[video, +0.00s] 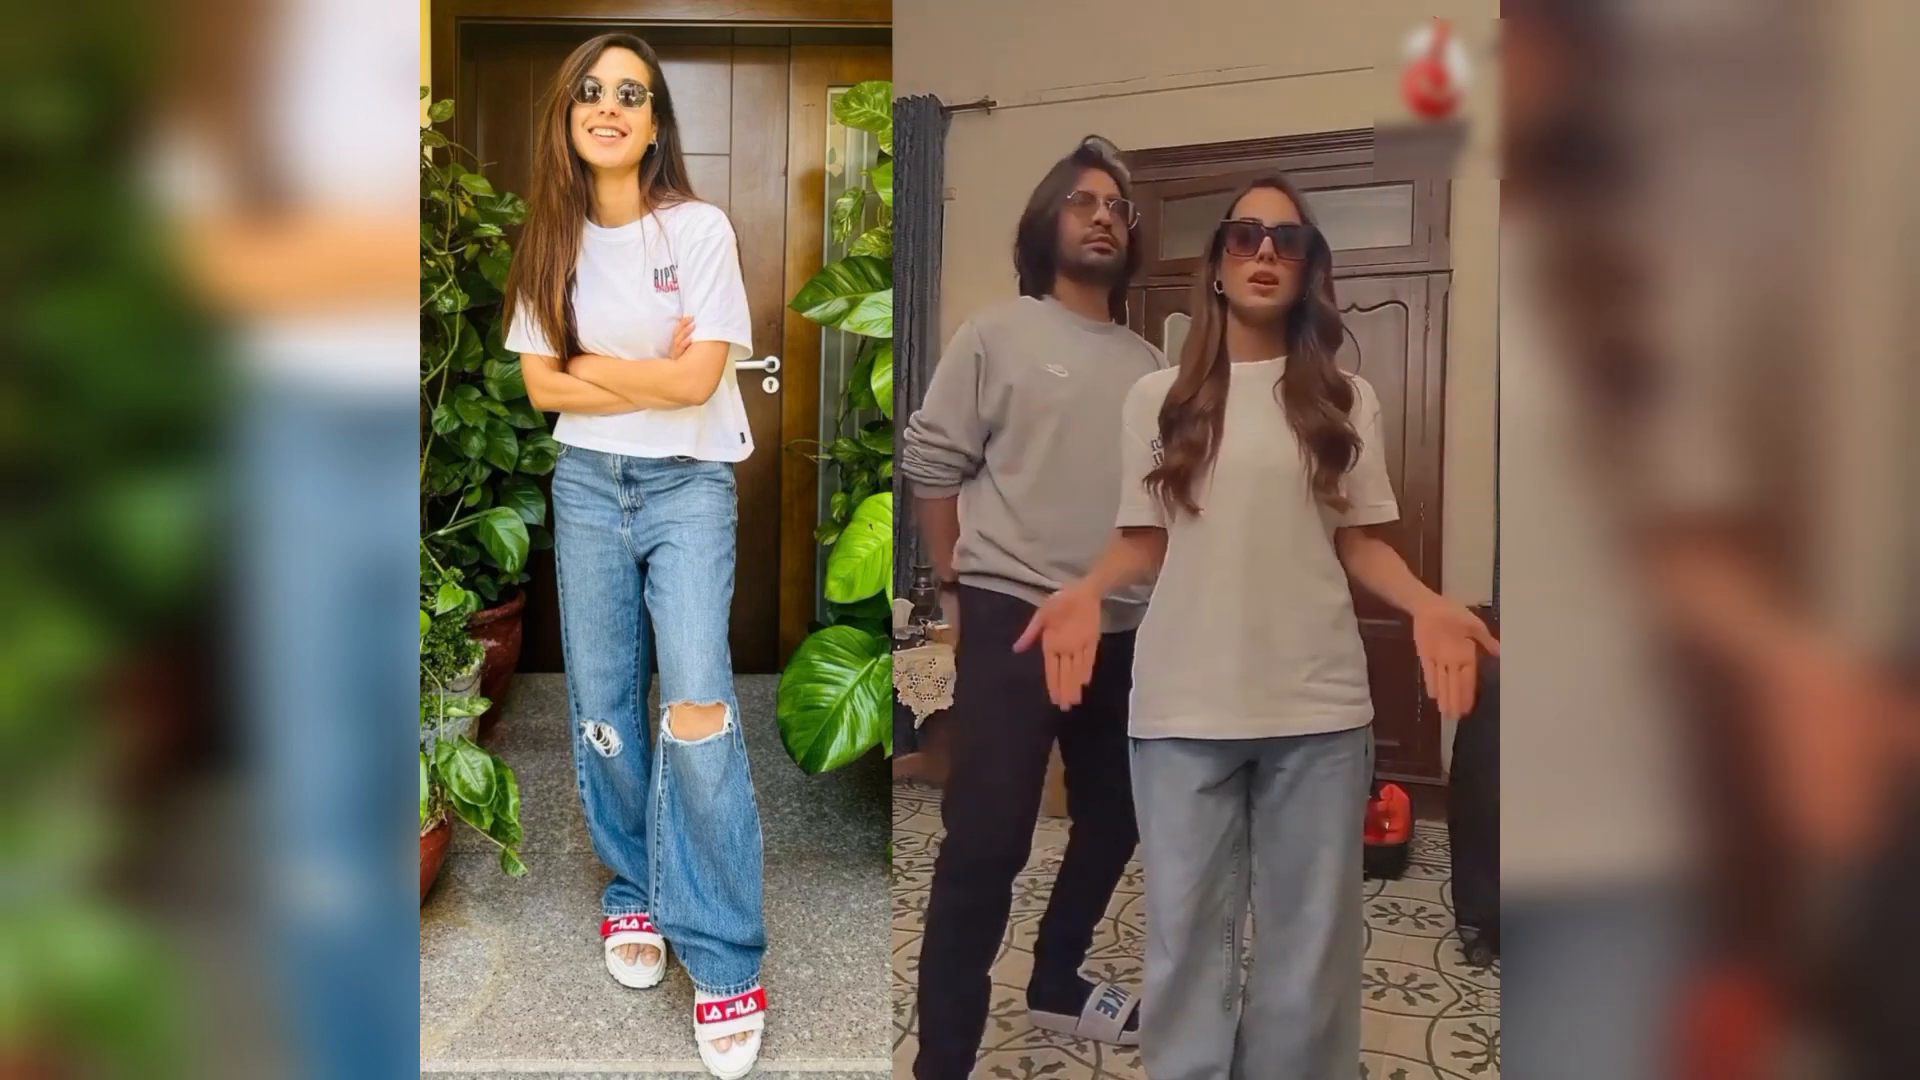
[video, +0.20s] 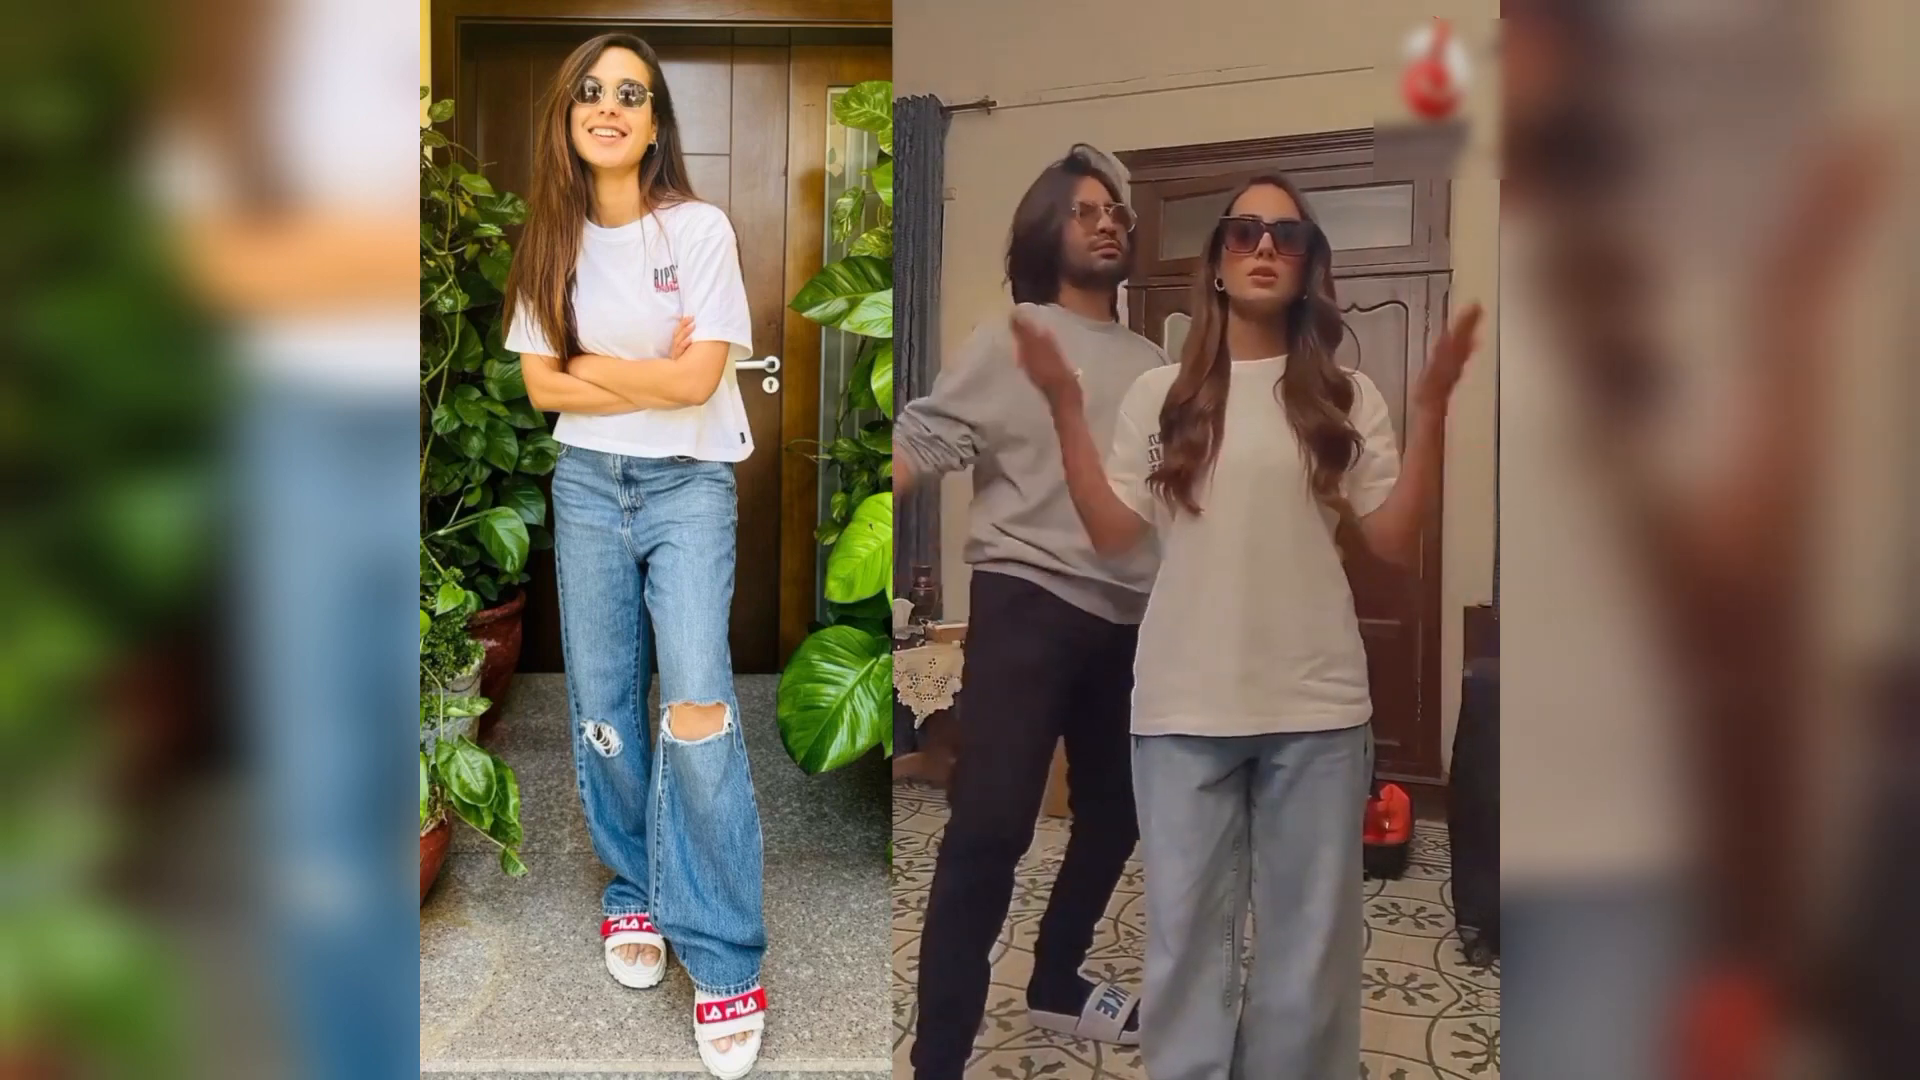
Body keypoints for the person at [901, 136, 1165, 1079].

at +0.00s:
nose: (1105, 218)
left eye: (1119, 207)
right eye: (1085, 204)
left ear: (1134, 233)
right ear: (1045, 225)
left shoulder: (1152, 361)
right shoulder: (994, 337)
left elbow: (1172, 496)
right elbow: (930, 464)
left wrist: (1162, 598)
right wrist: (952, 586)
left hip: (1124, 621)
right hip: (1009, 611)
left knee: (1112, 821)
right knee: (987, 840)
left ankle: (1057, 990)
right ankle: (942, 1062)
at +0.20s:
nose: (1107, 226)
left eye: (1116, 214)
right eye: (1085, 214)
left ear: (1128, 235)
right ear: (1044, 234)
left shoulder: (1153, 362)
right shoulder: (1009, 344)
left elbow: (1185, 492)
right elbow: (917, 450)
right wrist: (856, 484)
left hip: (1127, 614)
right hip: (1023, 598)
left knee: (1113, 815)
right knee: (991, 826)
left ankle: (1056, 992)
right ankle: (939, 1060)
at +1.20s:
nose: (1135, 232)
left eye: (1137, 221)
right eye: (1120, 216)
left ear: (1126, 244)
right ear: (1065, 224)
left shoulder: (1128, 348)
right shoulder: (998, 311)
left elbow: (1199, 402)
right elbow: (934, 450)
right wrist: (941, 593)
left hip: (1119, 619)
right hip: (1023, 612)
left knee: (1091, 817)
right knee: (999, 838)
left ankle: (1056, 993)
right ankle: (947, 1062)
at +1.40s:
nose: (1131, 237)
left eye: (1132, 225)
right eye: (1118, 223)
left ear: (1093, 247)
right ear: (1070, 232)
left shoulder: (1123, 351)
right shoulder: (989, 320)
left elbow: (1205, 393)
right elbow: (939, 461)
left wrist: (1184, 270)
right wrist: (949, 602)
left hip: (1122, 620)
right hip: (1026, 612)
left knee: (1101, 817)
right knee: (1007, 836)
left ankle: (1056, 994)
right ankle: (950, 1060)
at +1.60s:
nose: (1132, 241)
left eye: (1132, 226)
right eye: (1123, 227)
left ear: (1056, 235)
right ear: (1083, 235)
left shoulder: (1129, 340)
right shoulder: (993, 321)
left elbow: (1213, 359)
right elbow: (943, 461)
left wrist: (1185, 252)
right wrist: (949, 598)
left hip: (1124, 620)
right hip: (1024, 612)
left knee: (1100, 812)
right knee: (996, 836)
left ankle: (1056, 992)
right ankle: (944, 1058)